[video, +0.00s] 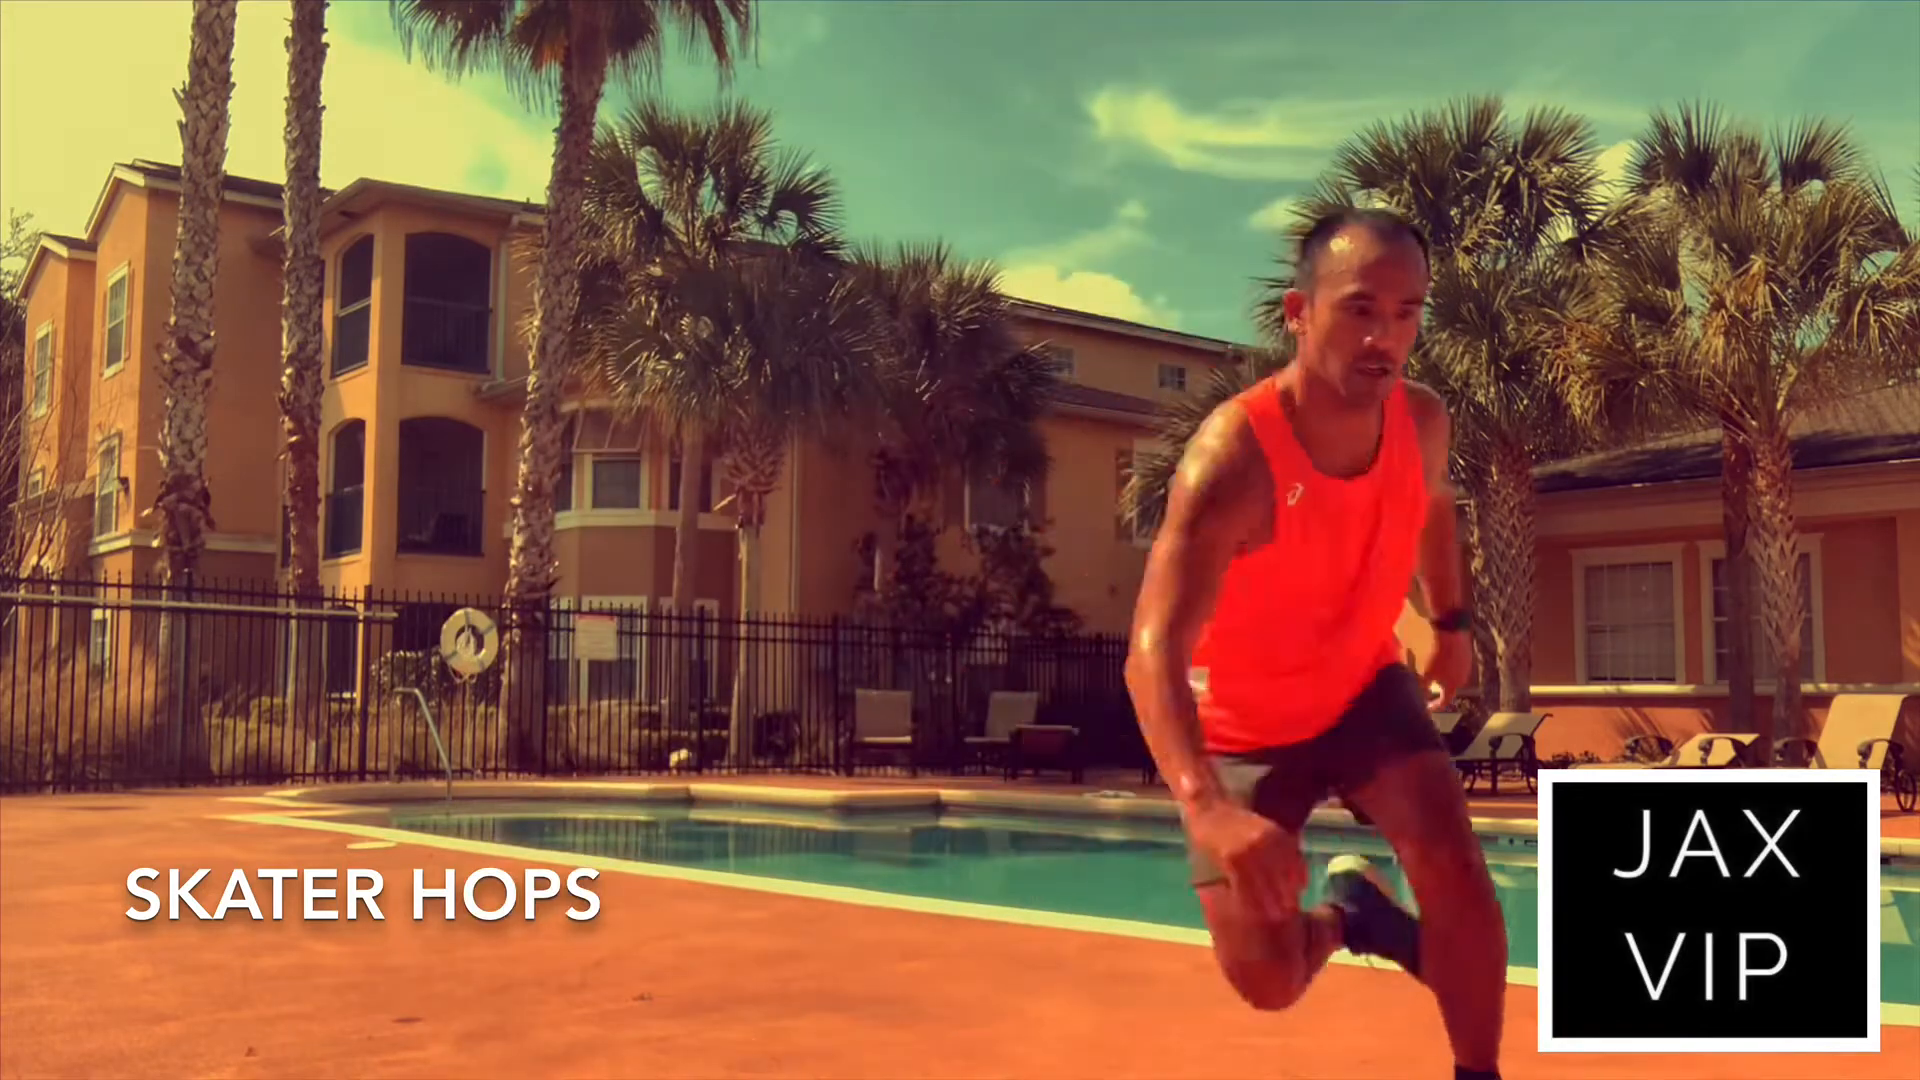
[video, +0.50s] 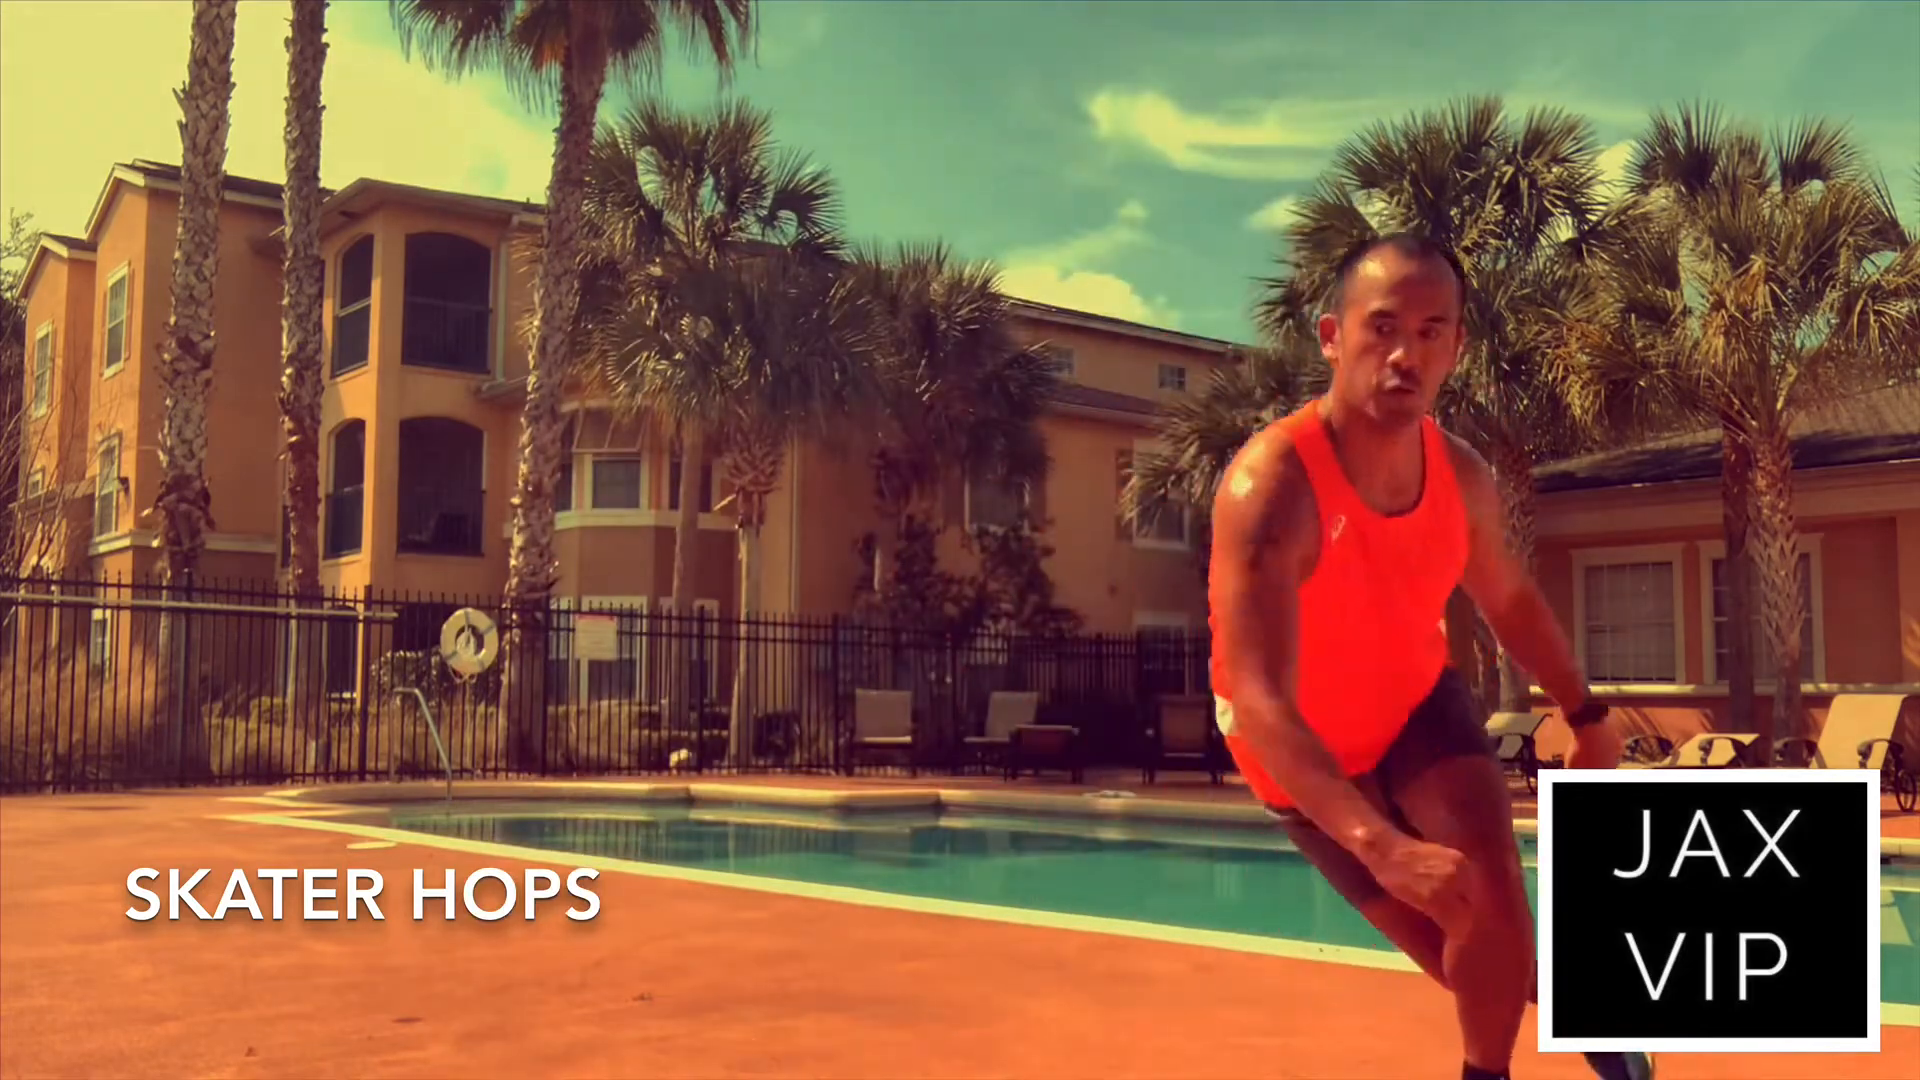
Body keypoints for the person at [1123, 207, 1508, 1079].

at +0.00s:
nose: (1385, 336)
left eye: (1404, 312)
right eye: (1360, 309)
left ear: (1420, 322)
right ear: (1298, 314)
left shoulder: (1420, 424)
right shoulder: (1231, 452)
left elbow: (1433, 514)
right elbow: (1152, 648)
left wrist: (1453, 622)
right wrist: (1206, 807)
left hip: (1363, 689)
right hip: (1237, 727)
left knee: (1456, 873)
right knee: (1266, 984)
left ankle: (1478, 1072)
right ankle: (1350, 910)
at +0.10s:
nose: (1443, 390)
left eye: (1461, 366)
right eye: (1417, 362)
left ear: (1476, 375)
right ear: (1351, 371)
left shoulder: (1456, 464)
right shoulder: (1300, 513)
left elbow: (1449, 538)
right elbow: (1303, 736)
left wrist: (1473, 600)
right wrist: (1449, 881)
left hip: (1406, 704)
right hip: (1285, 751)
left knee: (1466, 880)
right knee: (1405, 997)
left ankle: (1477, 1075)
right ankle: (1494, 966)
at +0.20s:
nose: (1470, 432)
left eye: (1488, 407)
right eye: (1443, 403)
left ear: (1501, 417)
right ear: (1378, 414)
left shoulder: (1477, 495)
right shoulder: (1333, 563)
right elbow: (1398, 783)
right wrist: (1552, 876)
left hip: (1438, 709)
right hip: (1320, 769)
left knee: (1484, 867)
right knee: (1446, 977)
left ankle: (1482, 1072)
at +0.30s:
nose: (1480, 457)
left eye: (1498, 431)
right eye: (1452, 429)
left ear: (1513, 440)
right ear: (1385, 439)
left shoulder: (1496, 515)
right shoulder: (1346, 593)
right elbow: (1447, 799)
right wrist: (1601, 859)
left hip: (1463, 722)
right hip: (1346, 789)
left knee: (1495, 865)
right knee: (1466, 976)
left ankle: (1482, 1073)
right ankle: (1628, 1046)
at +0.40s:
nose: (1460, 427)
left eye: (1480, 401)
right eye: (1433, 398)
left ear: (1497, 412)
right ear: (1371, 407)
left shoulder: (1483, 502)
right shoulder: (1325, 552)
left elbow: (1509, 565)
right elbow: (1390, 765)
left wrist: (1542, 639)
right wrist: (1553, 861)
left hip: (1451, 716)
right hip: (1334, 779)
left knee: (1507, 870)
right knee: (1472, 940)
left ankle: (1484, 1073)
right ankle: (1640, 1040)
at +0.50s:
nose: (1406, 356)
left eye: (1430, 332)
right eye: (1381, 327)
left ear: (1457, 351)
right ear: (1331, 337)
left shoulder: (1461, 481)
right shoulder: (1268, 483)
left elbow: (1512, 603)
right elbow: (1255, 701)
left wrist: (1585, 712)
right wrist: (1378, 846)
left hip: (1415, 704)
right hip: (1300, 752)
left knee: (1491, 903)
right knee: (1452, 960)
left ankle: (1487, 1073)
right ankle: (1593, 1013)